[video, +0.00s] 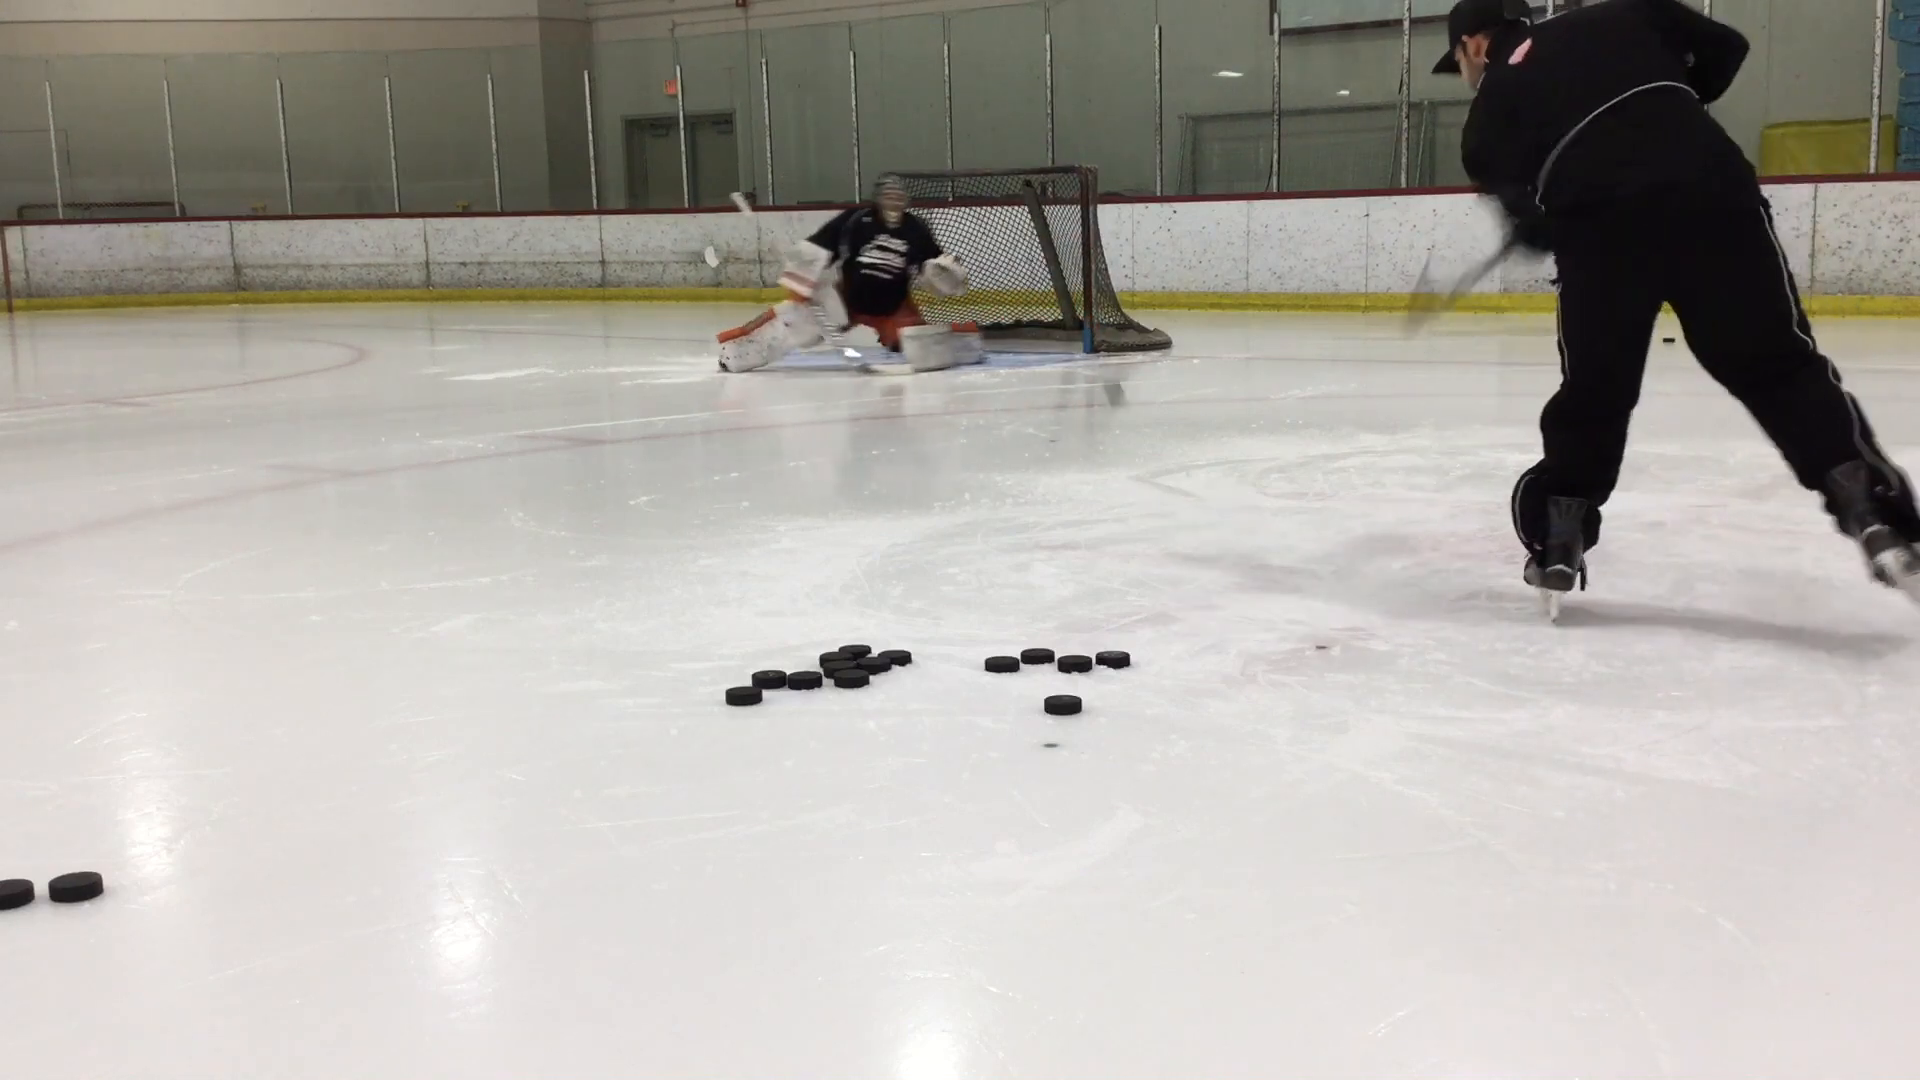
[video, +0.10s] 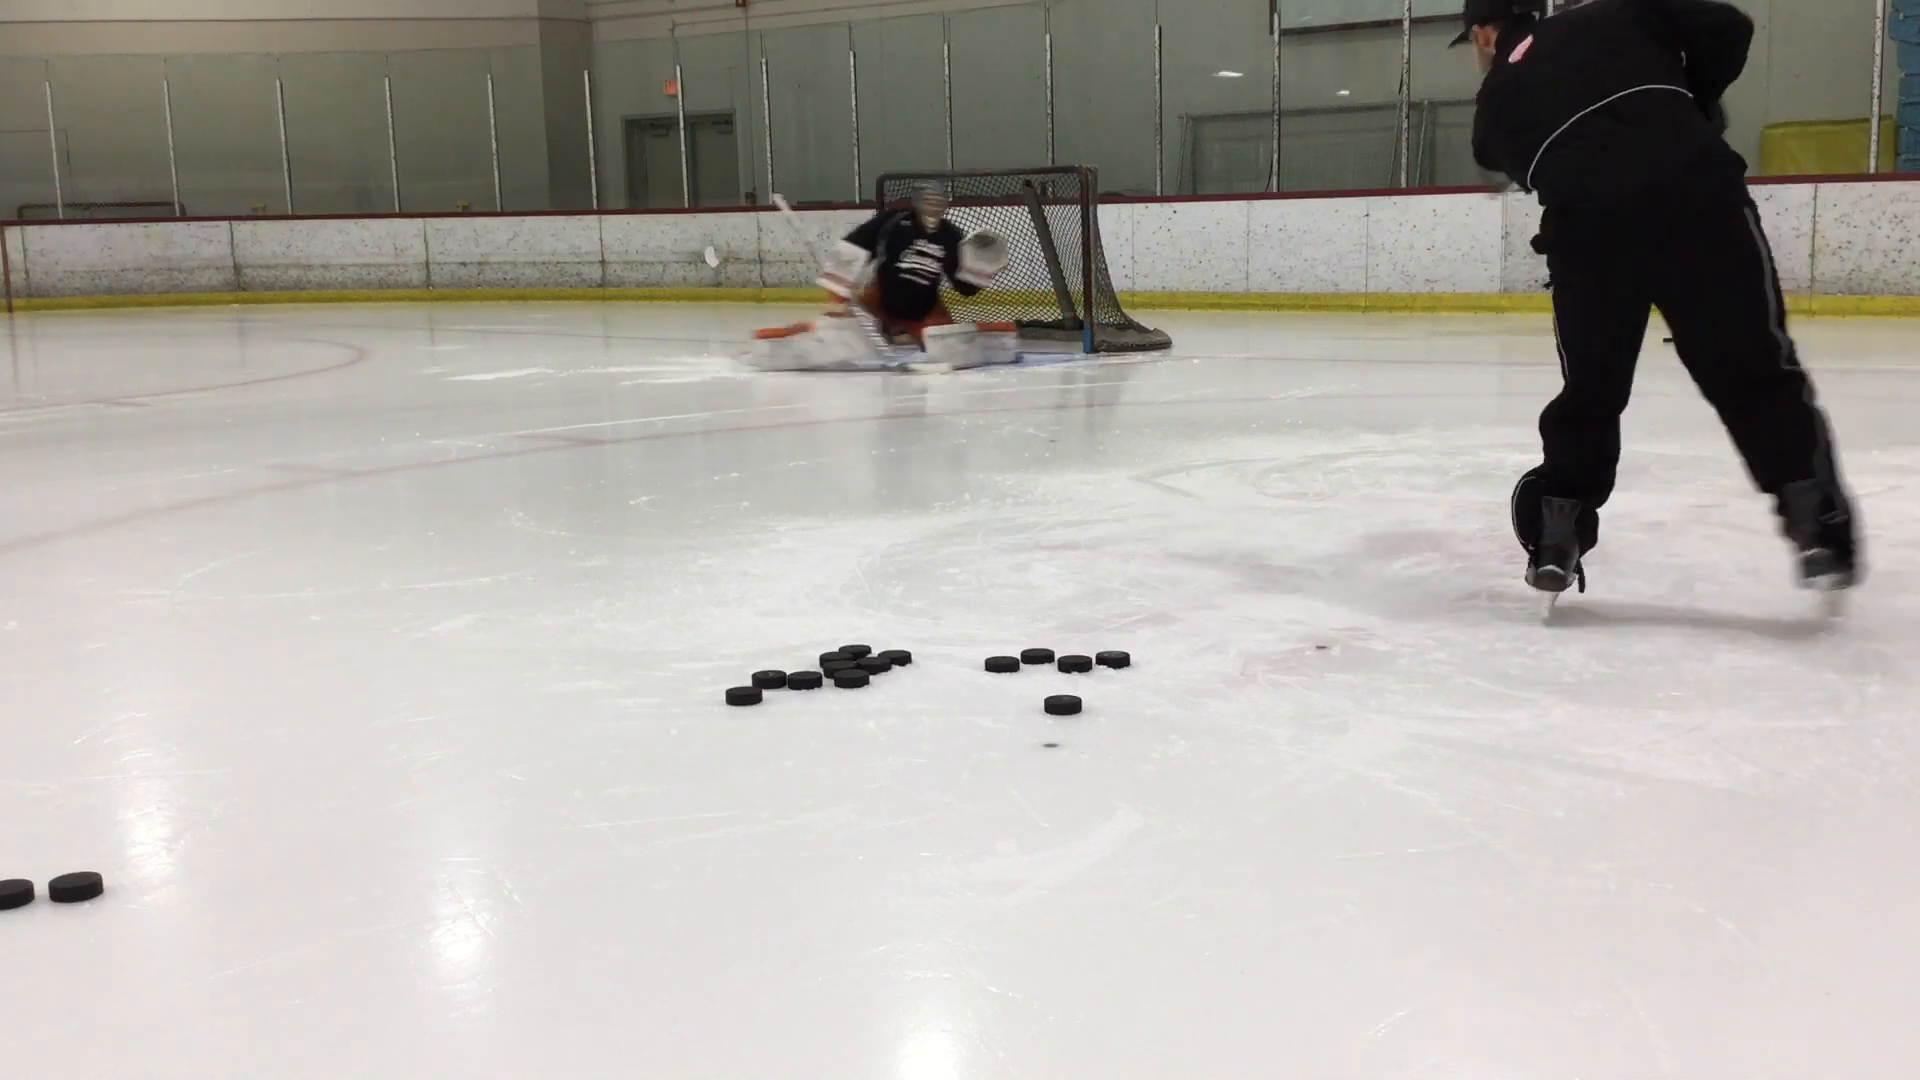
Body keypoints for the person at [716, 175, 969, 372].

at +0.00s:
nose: (895, 201)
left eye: (900, 196)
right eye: (889, 196)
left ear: (907, 201)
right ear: (877, 199)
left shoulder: (917, 230)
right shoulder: (857, 220)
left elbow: (940, 274)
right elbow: (813, 252)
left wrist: (946, 276)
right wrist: (804, 287)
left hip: (895, 309)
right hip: (847, 304)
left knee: (927, 350)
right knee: (792, 325)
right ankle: (740, 353)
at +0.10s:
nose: (935, 208)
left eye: (940, 203)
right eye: (929, 202)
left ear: (946, 206)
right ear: (917, 202)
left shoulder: (951, 236)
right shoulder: (893, 222)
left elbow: (965, 288)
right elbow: (849, 251)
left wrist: (980, 265)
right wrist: (838, 299)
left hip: (926, 311)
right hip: (882, 306)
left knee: (955, 351)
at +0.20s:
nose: (966, 214)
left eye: (970, 208)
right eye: (961, 207)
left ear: (976, 210)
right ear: (947, 206)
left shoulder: (980, 241)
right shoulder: (921, 223)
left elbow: (992, 291)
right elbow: (881, 248)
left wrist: (1017, 283)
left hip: (954, 311)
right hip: (911, 306)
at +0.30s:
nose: (994, 217)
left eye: (998, 212)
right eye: (987, 211)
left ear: (1004, 212)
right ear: (975, 210)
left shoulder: (1007, 241)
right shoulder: (949, 223)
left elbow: (1017, 285)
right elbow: (908, 251)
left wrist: (1052, 306)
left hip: (979, 308)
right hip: (938, 305)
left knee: (1016, 335)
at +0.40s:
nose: (1024, 218)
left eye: (1029, 212)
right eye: (1018, 211)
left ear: (1035, 214)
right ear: (1004, 209)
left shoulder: (1033, 242)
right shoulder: (977, 223)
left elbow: (1047, 284)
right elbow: (939, 249)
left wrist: (1079, 304)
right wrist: (925, 285)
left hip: (1005, 308)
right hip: (966, 304)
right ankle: (973, 335)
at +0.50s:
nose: (1042, 212)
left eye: (1046, 206)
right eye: (1035, 206)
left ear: (1052, 206)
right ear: (1022, 205)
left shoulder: (1056, 233)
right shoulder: (997, 221)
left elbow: (1068, 268)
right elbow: (960, 251)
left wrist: (1099, 296)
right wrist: (957, 286)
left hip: (1033, 308)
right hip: (991, 305)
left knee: (1078, 323)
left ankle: (1135, 337)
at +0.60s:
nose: (1067, 206)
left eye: (1070, 200)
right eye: (1062, 200)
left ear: (1073, 200)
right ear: (1046, 198)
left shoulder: (1075, 224)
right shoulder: (1017, 220)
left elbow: (1093, 260)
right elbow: (986, 253)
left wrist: (1124, 284)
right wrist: (992, 294)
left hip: (1056, 299)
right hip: (1015, 301)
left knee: (1098, 320)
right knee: (1023, 347)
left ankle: (1133, 340)